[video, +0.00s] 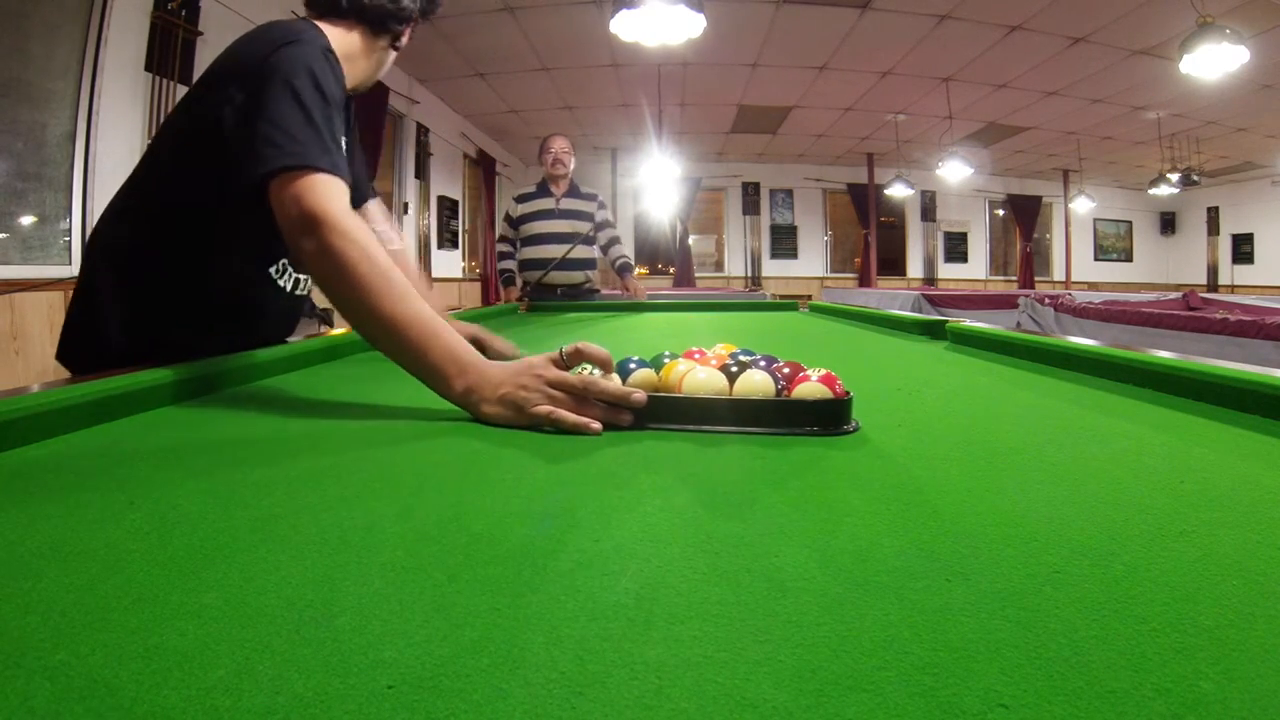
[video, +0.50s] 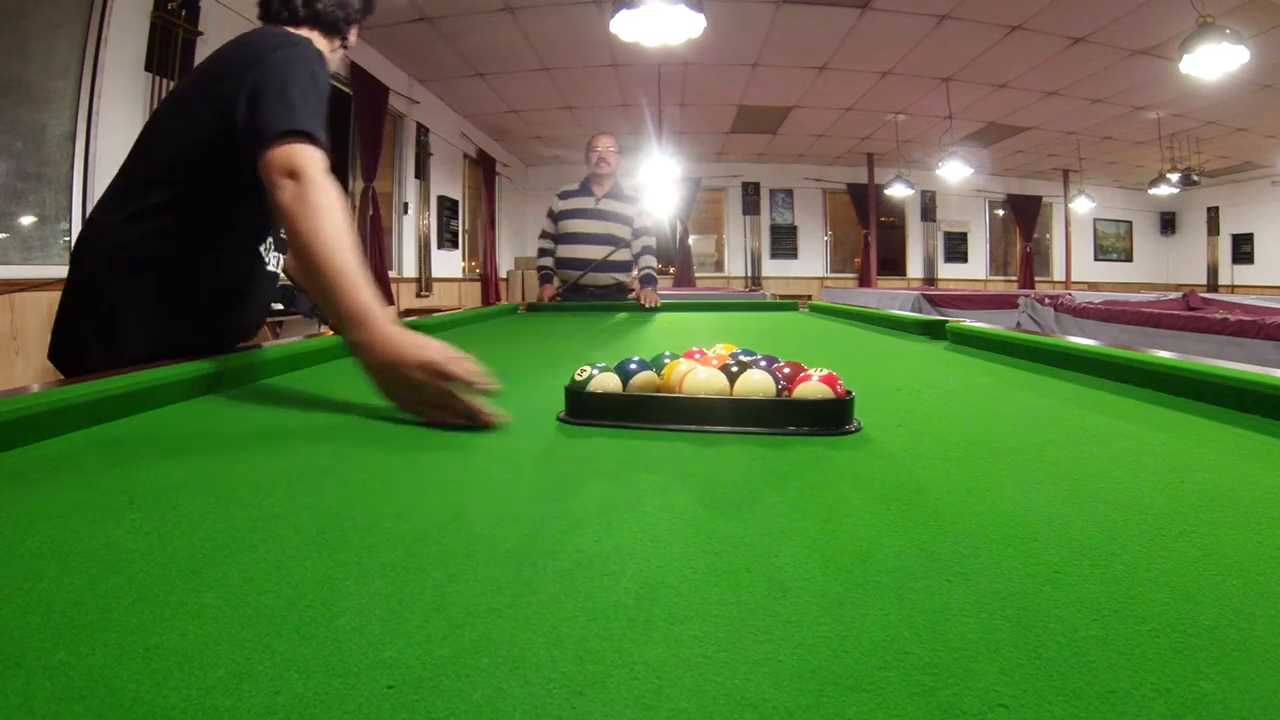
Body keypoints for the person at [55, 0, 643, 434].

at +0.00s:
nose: (400, 60)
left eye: (405, 43)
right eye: (409, 41)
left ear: (327, 10)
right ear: (400, 34)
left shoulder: (328, 96)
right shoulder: (295, 55)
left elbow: (372, 232)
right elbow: (315, 227)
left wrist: (465, 340)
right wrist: (473, 381)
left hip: (235, 346)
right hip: (149, 352)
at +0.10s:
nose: (379, 67)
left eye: (382, 55)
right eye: (389, 50)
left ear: (315, 8)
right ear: (386, 29)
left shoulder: (279, 63)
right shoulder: (300, 52)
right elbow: (326, 220)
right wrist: (477, 375)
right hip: (150, 350)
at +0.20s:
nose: (376, 59)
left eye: (377, 49)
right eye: (383, 44)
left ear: (303, 9)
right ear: (379, 29)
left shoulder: (266, 64)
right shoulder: (302, 53)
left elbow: (280, 228)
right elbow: (332, 207)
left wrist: (345, 312)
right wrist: (480, 376)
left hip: (211, 344)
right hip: (146, 351)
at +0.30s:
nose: (379, 49)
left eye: (378, 41)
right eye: (383, 37)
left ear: (296, 11)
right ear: (376, 31)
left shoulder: (272, 68)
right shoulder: (302, 60)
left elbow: (276, 215)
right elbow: (344, 201)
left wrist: (335, 308)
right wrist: (475, 365)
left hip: (214, 334)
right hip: (142, 342)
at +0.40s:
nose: (360, 60)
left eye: (362, 51)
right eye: (364, 47)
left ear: (293, 18)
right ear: (357, 32)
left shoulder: (254, 72)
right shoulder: (297, 57)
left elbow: (279, 222)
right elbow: (330, 178)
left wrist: (334, 308)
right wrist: (443, 342)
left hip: (205, 331)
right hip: (141, 335)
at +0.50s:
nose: (350, 52)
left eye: (350, 44)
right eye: (352, 41)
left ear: (279, 14)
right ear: (348, 30)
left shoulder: (243, 63)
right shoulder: (287, 54)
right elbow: (295, 178)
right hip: (142, 343)